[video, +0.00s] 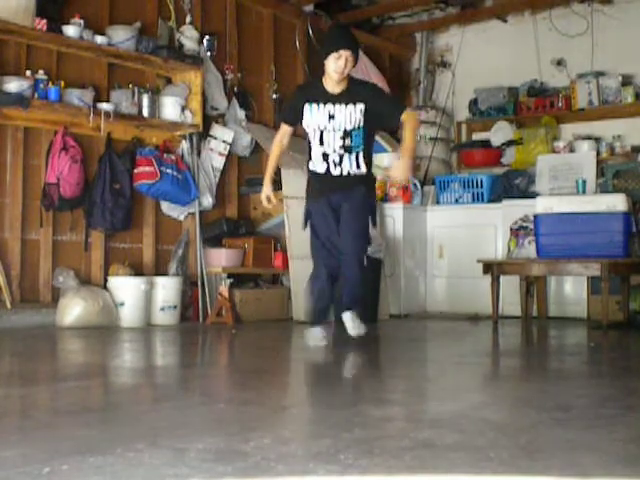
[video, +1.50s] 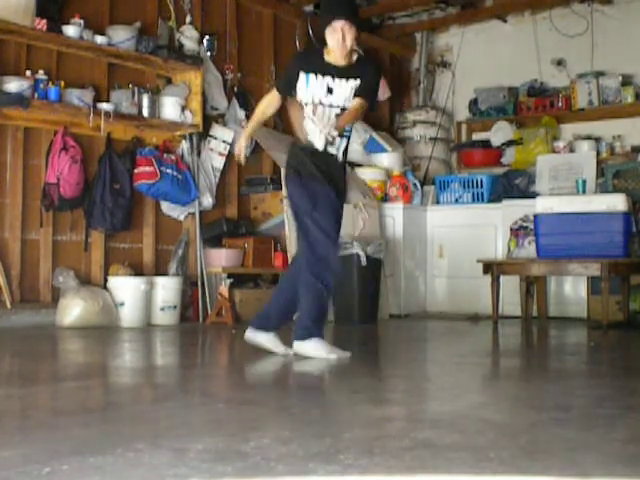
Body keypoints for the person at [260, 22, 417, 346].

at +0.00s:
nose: (344, 65)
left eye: (349, 59)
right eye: (338, 58)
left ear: (354, 63)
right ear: (324, 58)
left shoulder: (367, 95)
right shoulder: (304, 95)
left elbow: (410, 117)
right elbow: (283, 135)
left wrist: (405, 161)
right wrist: (268, 179)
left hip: (356, 187)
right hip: (320, 188)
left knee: (353, 249)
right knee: (324, 253)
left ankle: (350, 308)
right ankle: (320, 321)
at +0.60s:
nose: (373, 46)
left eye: (378, 41)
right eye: (368, 39)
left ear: (383, 44)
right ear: (353, 37)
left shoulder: (387, 77)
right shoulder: (323, 69)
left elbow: (408, 124)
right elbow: (285, 97)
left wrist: (378, 118)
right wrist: (274, 142)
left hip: (362, 180)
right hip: (324, 178)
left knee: (366, 258)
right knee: (332, 246)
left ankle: (352, 330)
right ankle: (312, 307)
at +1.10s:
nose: (387, 64)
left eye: (391, 59)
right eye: (386, 56)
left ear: (386, 56)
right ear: (370, 47)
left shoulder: (383, 87)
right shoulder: (324, 74)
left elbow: (391, 129)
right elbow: (279, 93)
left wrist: (388, 77)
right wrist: (294, 121)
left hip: (350, 191)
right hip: (311, 186)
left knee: (345, 269)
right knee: (294, 257)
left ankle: (347, 335)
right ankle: (283, 327)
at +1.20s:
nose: (382, 44)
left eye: (386, 40)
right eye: (382, 37)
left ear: (382, 36)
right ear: (367, 28)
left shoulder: (380, 66)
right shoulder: (320, 54)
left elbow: (383, 110)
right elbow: (268, 75)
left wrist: (381, 55)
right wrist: (256, 117)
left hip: (348, 169)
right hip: (309, 163)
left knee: (347, 249)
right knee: (300, 233)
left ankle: (342, 327)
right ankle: (278, 309)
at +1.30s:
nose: (376, 29)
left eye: (379, 24)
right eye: (373, 21)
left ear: (377, 25)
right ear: (355, 16)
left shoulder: (375, 57)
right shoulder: (316, 46)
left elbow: (372, 98)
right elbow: (266, 77)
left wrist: (368, 43)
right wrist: (222, 113)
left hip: (345, 160)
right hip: (307, 153)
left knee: (344, 239)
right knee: (318, 226)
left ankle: (309, 308)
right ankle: (296, 310)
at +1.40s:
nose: (351, 42)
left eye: (356, 37)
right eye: (347, 34)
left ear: (360, 36)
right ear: (330, 25)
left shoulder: (360, 63)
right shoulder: (307, 58)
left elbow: (359, 101)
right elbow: (270, 87)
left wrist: (337, 59)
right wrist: (235, 117)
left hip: (335, 172)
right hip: (311, 170)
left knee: (322, 251)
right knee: (331, 248)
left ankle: (268, 322)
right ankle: (313, 330)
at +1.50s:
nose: (345, 34)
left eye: (349, 27)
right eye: (338, 28)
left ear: (357, 32)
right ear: (325, 32)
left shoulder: (366, 68)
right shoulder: (304, 62)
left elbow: (360, 105)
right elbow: (275, 96)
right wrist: (248, 130)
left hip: (335, 169)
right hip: (304, 164)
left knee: (316, 249)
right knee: (322, 246)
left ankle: (263, 326)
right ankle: (307, 336)